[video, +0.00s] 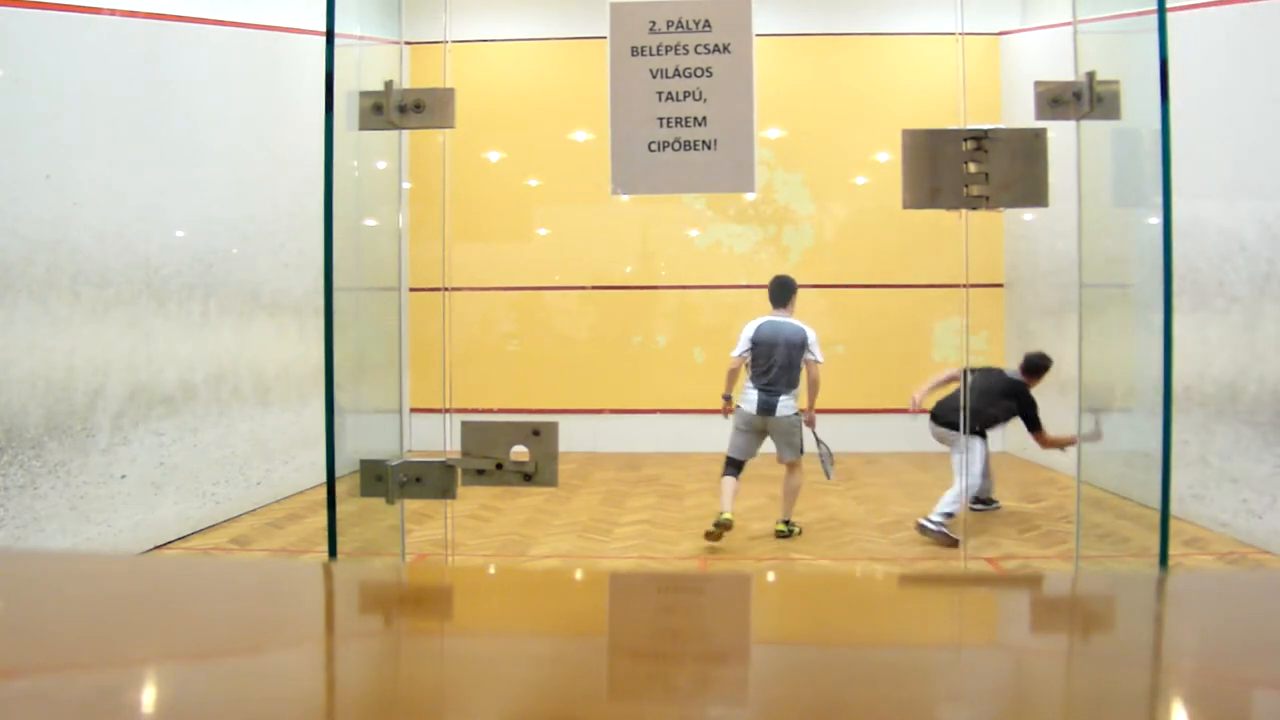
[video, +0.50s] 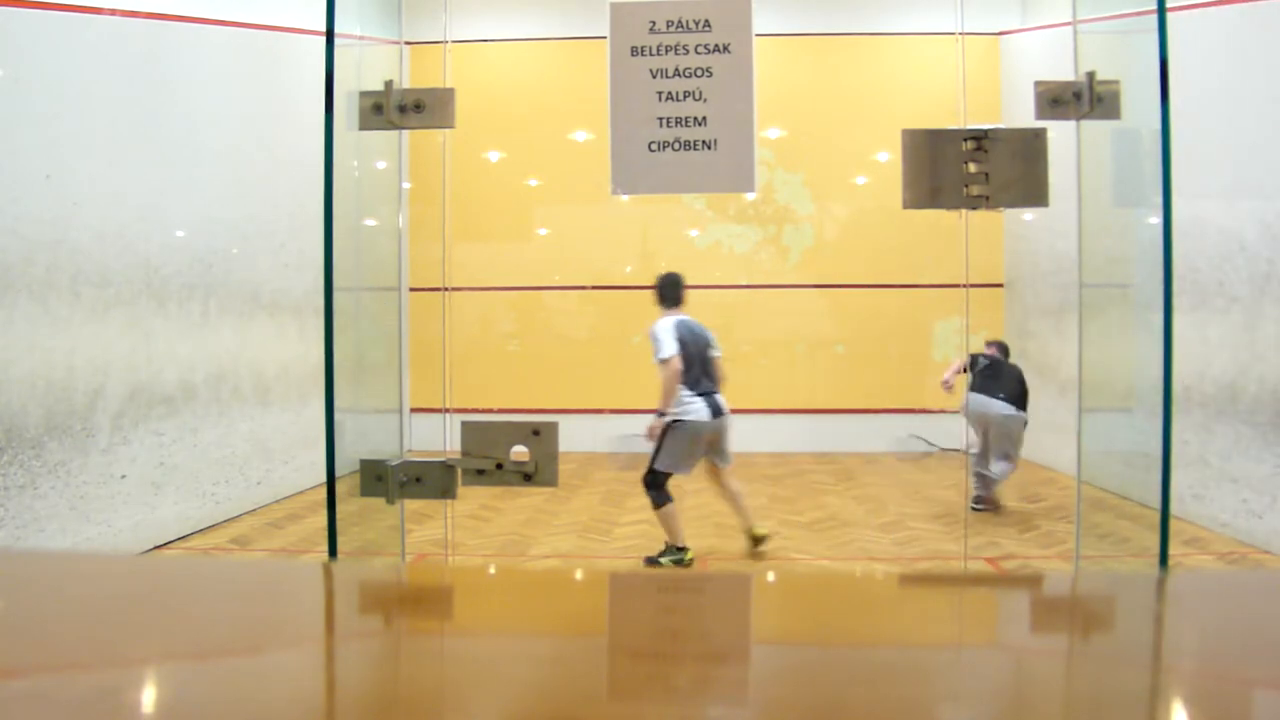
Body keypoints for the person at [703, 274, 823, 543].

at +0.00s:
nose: (796, 300)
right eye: (796, 296)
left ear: (770, 298)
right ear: (793, 298)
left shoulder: (753, 327)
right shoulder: (805, 332)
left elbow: (734, 366)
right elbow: (813, 376)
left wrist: (727, 395)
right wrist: (810, 409)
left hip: (750, 409)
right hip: (785, 412)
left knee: (732, 466)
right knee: (793, 466)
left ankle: (725, 514)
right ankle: (784, 521)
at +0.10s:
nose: (779, 291)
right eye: (781, 287)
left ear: (757, 290)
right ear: (781, 290)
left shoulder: (742, 318)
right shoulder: (796, 322)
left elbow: (729, 356)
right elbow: (804, 365)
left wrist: (720, 388)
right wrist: (801, 401)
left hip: (741, 398)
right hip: (776, 401)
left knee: (720, 456)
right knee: (782, 463)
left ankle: (719, 508)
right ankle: (787, 518)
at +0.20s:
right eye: (763, 286)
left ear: (740, 290)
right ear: (765, 289)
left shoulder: (730, 319)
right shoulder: (783, 322)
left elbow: (722, 360)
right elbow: (794, 364)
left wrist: (708, 393)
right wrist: (788, 401)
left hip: (733, 397)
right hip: (768, 400)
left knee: (706, 460)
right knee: (775, 463)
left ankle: (704, 518)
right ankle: (778, 522)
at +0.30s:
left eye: (721, 298)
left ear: (720, 302)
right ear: (744, 300)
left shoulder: (717, 333)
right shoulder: (765, 333)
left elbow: (711, 378)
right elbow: (779, 376)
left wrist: (691, 415)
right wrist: (768, 407)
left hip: (726, 415)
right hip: (760, 415)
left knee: (692, 472)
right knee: (760, 475)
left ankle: (682, 536)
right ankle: (776, 532)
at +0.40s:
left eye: (692, 298)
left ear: (692, 301)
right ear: (715, 301)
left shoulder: (691, 332)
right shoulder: (736, 334)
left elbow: (695, 376)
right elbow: (752, 378)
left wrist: (682, 420)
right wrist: (740, 404)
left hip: (710, 416)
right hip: (742, 414)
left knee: (671, 476)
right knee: (750, 476)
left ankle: (679, 544)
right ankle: (776, 533)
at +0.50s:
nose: (660, 299)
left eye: (657, 294)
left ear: (658, 297)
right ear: (683, 297)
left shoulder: (663, 327)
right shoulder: (702, 329)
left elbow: (674, 368)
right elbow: (718, 374)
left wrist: (661, 415)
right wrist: (700, 398)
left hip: (688, 415)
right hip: (717, 412)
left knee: (654, 480)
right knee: (718, 471)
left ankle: (677, 547)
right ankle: (752, 530)